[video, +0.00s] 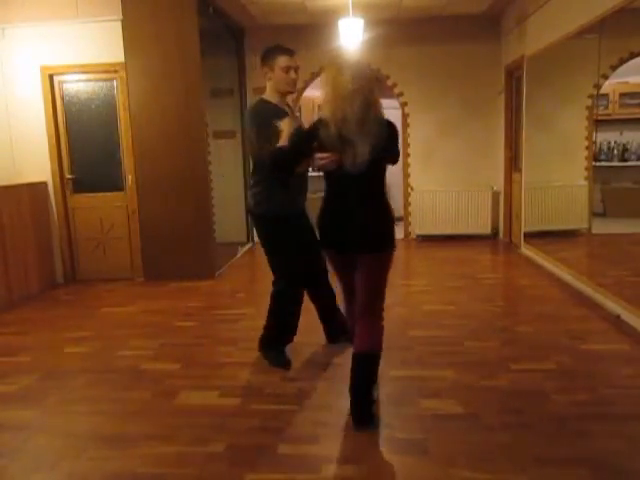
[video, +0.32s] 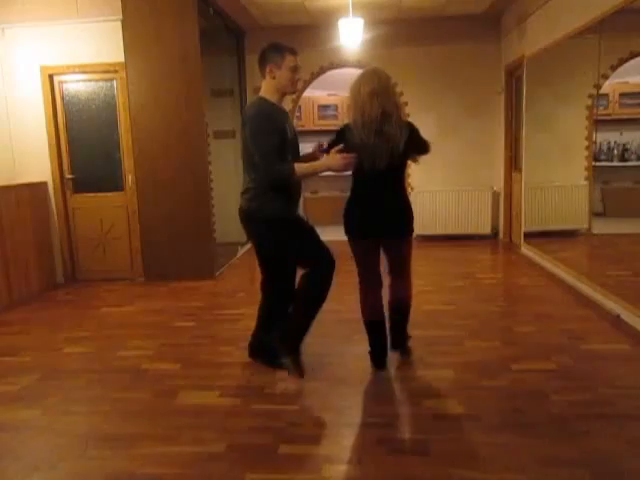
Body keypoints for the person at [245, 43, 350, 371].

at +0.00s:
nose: (294, 76)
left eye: (296, 70)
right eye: (287, 70)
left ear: (297, 73)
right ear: (267, 73)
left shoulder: (291, 111)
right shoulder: (260, 112)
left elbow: (303, 152)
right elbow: (267, 163)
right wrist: (285, 140)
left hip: (292, 207)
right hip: (270, 209)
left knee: (314, 269)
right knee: (291, 275)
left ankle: (336, 328)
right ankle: (272, 343)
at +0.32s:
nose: (298, 78)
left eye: (298, 71)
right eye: (293, 70)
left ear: (272, 73)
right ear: (270, 71)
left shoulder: (273, 111)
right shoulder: (262, 113)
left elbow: (287, 162)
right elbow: (274, 170)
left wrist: (318, 158)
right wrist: (323, 164)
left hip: (269, 211)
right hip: (269, 213)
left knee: (278, 279)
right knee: (323, 263)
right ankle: (287, 340)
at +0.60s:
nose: (300, 76)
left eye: (301, 68)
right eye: (297, 68)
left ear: (272, 67)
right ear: (279, 66)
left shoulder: (261, 106)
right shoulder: (266, 109)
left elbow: (281, 165)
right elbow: (286, 167)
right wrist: (335, 160)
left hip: (260, 216)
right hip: (274, 218)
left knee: (266, 288)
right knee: (299, 292)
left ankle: (264, 364)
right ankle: (271, 376)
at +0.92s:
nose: (295, 72)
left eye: (295, 64)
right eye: (293, 64)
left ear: (270, 61)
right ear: (277, 61)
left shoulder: (264, 103)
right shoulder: (248, 103)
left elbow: (267, 167)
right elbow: (247, 170)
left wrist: (307, 167)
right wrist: (300, 182)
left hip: (269, 223)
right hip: (252, 225)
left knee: (291, 298)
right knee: (266, 305)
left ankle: (267, 386)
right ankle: (218, 390)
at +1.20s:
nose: (283, 73)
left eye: (283, 65)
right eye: (281, 65)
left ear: (255, 59)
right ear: (267, 59)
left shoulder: (244, 99)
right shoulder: (240, 99)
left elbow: (247, 166)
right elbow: (232, 167)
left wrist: (285, 169)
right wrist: (283, 188)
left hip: (236, 218)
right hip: (227, 219)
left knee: (276, 284)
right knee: (228, 310)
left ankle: (267, 375)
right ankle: (200, 415)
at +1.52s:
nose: (260, 73)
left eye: (259, 66)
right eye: (258, 66)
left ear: (231, 64)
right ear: (243, 65)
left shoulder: (219, 103)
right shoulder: (224, 108)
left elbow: (224, 167)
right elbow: (228, 176)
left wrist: (259, 151)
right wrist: (277, 185)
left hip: (213, 214)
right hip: (219, 217)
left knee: (231, 300)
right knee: (249, 299)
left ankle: (194, 373)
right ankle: (215, 395)